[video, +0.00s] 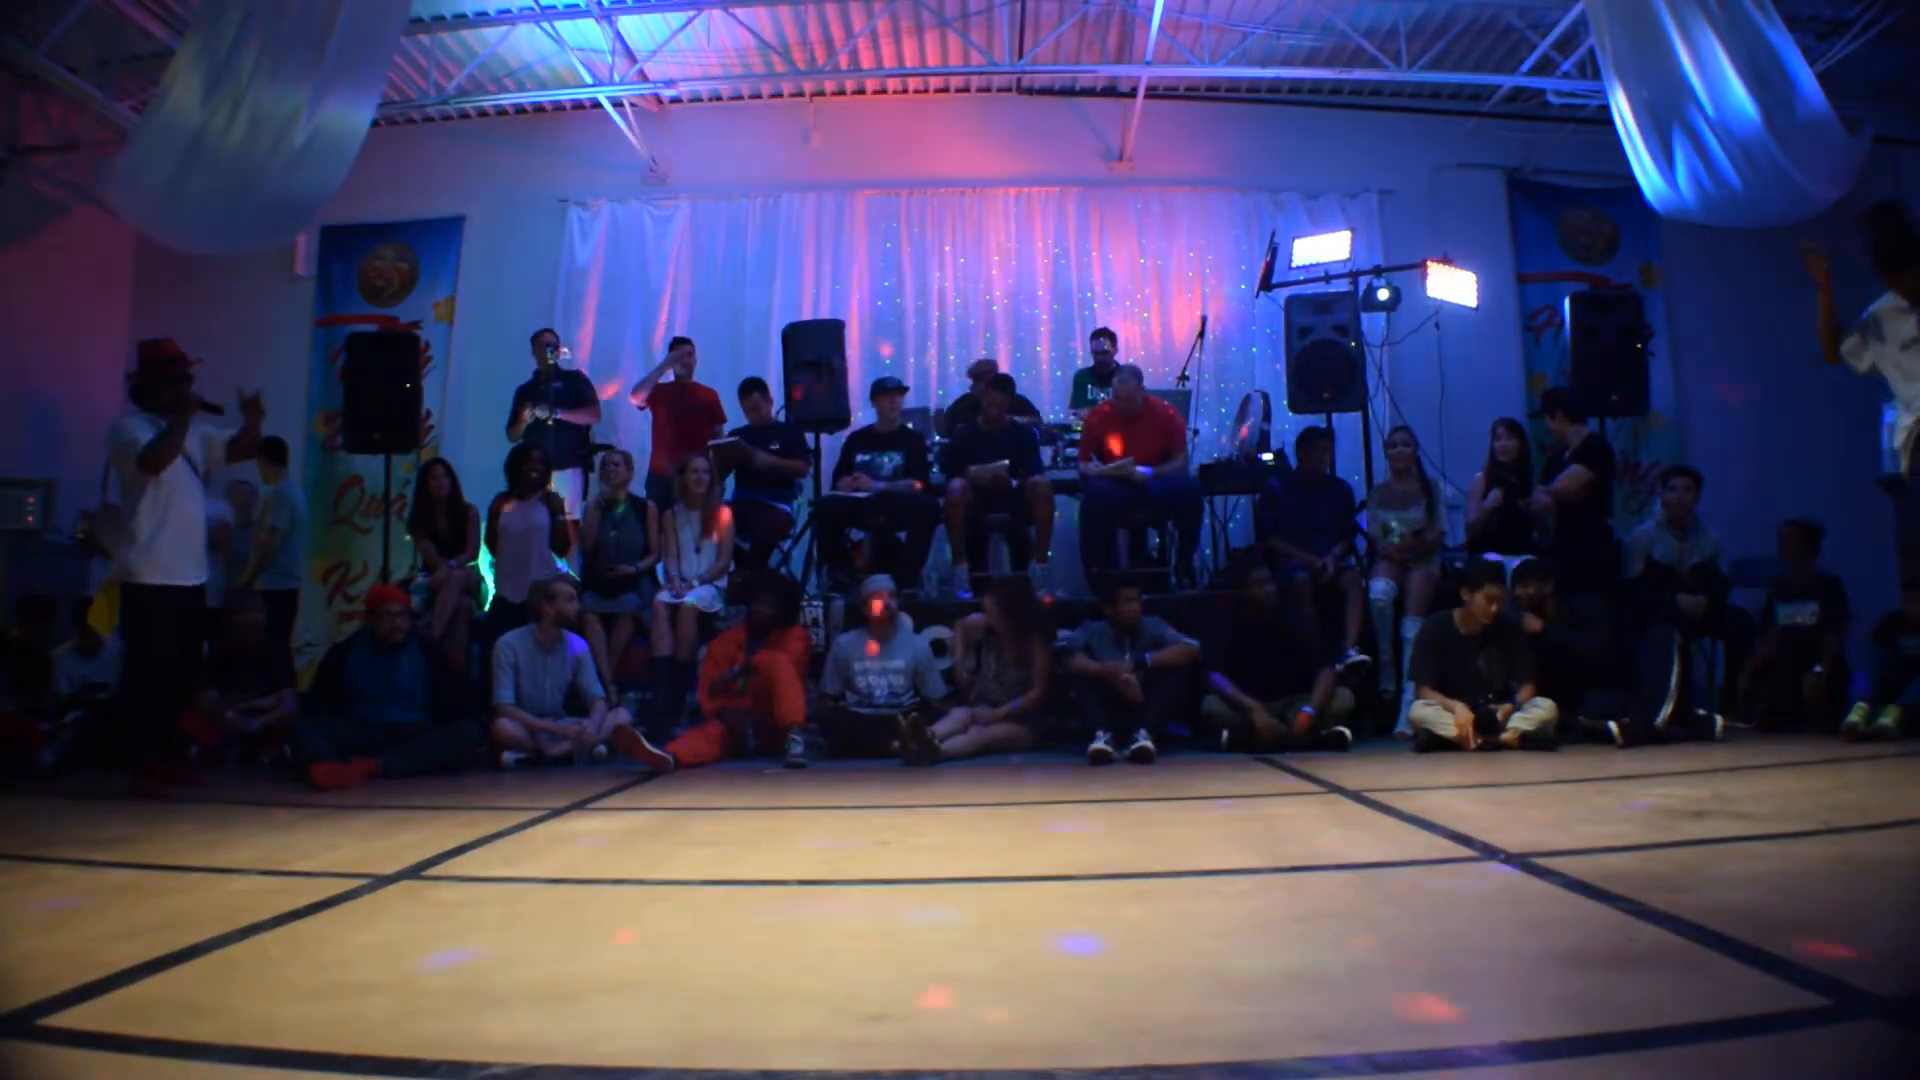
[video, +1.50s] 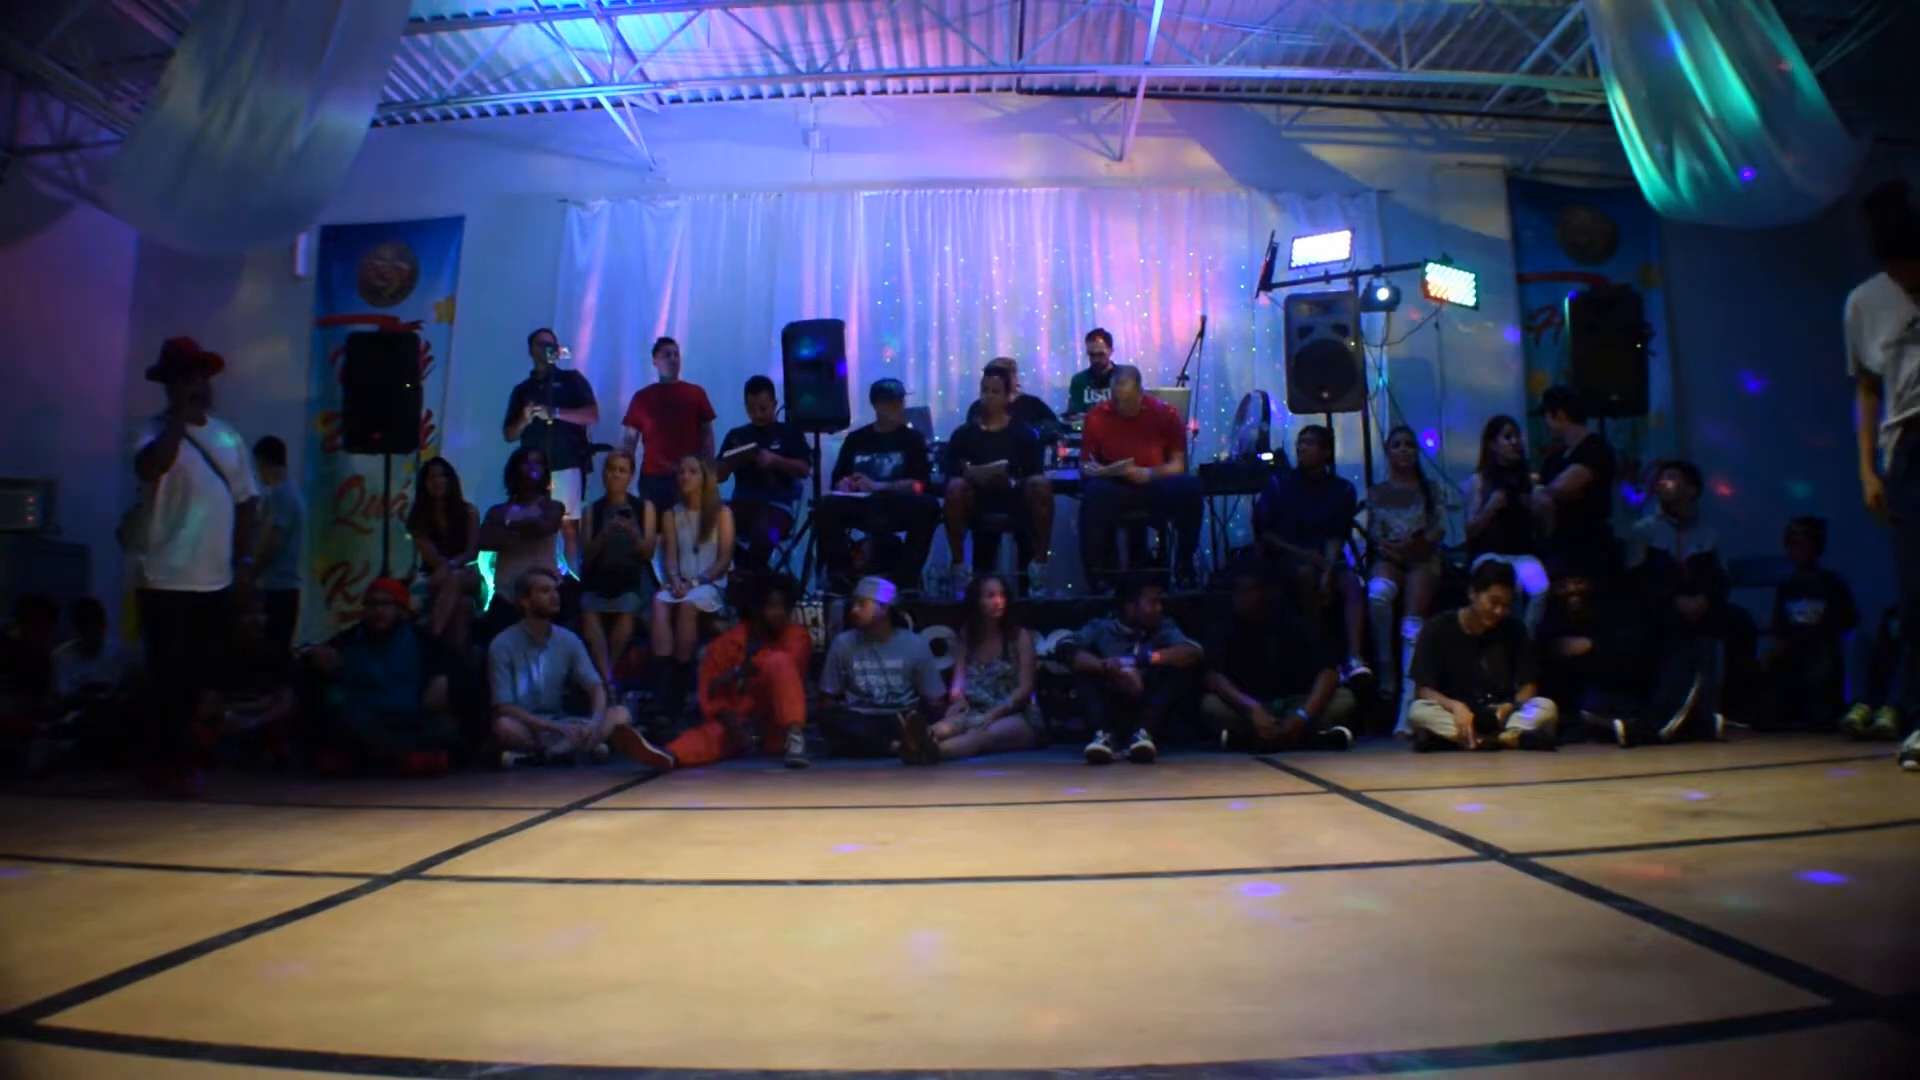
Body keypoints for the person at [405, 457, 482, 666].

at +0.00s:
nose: (440, 483)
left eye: (444, 477)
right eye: (434, 478)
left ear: (452, 481)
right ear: (425, 484)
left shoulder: (468, 512)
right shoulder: (420, 515)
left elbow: (472, 551)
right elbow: (427, 553)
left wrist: (451, 563)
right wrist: (447, 568)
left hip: (467, 572)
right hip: (434, 575)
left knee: (454, 577)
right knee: (464, 603)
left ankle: (434, 636)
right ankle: (457, 666)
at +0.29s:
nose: (438, 483)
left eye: (443, 477)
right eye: (432, 478)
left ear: (451, 481)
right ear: (424, 484)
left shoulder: (468, 512)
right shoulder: (420, 514)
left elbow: (472, 551)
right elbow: (427, 552)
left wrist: (449, 565)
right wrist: (448, 569)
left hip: (467, 572)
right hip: (435, 576)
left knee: (453, 578)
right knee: (462, 603)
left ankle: (433, 636)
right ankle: (457, 668)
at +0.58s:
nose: (438, 483)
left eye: (443, 477)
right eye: (432, 478)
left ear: (451, 480)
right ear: (424, 484)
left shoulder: (468, 511)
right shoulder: (419, 514)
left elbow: (473, 550)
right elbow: (427, 552)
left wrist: (450, 566)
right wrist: (447, 568)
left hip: (466, 570)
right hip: (435, 573)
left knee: (457, 579)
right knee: (461, 601)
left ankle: (434, 636)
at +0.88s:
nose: (438, 483)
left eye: (442, 477)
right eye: (432, 478)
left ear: (450, 480)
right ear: (423, 483)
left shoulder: (467, 511)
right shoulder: (418, 514)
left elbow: (472, 552)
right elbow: (427, 552)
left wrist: (450, 565)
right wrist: (446, 568)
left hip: (466, 572)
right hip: (433, 575)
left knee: (452, 578)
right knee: (464, 604)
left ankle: (434, 636)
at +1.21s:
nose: (438, 482)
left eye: (443, 476)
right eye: (433, 477)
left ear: (452, 480)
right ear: (425, 483)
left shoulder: (469, 511)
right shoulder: (420, 514)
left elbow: (473, 551)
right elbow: (428, 552)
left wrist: (449, 566)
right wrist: (448, 569)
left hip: (467, 571)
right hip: (435, 573)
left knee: (452, 579)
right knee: (462, 602)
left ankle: (434, 635)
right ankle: (457, 658)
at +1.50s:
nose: (437, 482)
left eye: (442, 476)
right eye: (432, 477)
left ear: (451, 480)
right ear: (424, 483)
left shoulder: (468, 512)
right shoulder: (419, 514)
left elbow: (472, 551)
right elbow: (428, 553)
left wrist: (449, 565)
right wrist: (451, 569)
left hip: (466, 571)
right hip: (434, 574)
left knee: (453, 578)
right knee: (463, 603)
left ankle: (433, 635)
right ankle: (456, 658)